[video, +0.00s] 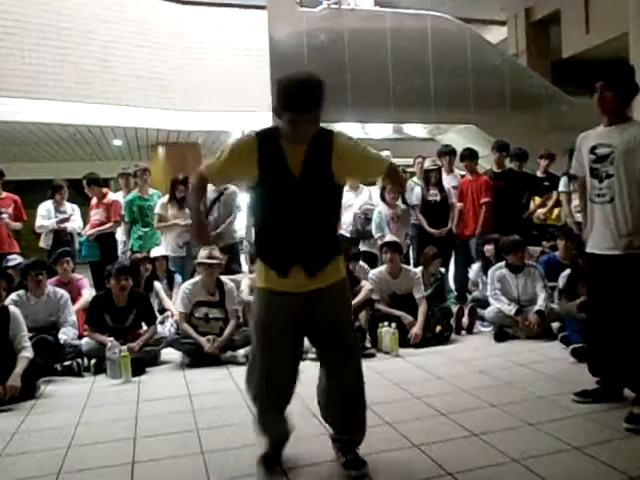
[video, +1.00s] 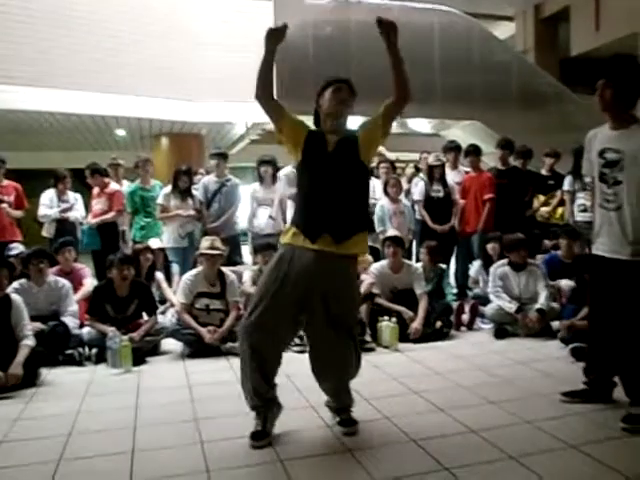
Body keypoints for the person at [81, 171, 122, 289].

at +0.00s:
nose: (86, 192)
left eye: (86, 188)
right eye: (85, 188)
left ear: (94, 187)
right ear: (93, 187)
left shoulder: (113, 201)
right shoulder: (93, 201)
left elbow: (116, 222)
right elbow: (92, 220)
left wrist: (96, 231)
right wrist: (86, 230)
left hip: (107, 237)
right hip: (94, 238)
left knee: (109, 271)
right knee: (96, 272)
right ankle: (101, 300)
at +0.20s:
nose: (86, 193)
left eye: (87, 189)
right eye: (85, 190)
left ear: (94, 188)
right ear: (94, 189)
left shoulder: (114, 203)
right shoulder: (94, 203)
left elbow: (117, 224)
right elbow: (93, 221)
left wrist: (96, 233)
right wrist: (86, 232)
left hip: (107, 239)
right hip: (94, 240)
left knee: (110, 273)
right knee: (97, 275)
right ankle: (102, 302)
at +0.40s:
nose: (89, 191)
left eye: (90, 187)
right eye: (89, 188)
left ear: (98, 187)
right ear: (97, 188)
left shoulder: (116, 202)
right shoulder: (96, 202)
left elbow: (121, 222)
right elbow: (96, 221)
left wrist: (100, 232)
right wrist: (89, 232)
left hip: (111, 238)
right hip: (98, 238)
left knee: (114, 271)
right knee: (101, 273)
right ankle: (106, 298)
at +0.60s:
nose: (96, 190)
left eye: (97, 186)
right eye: (95, 187)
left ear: (104, 185)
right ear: (98, 187)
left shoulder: (121, 197)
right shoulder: (101, 200)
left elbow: (126, 220)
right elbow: (101, 218)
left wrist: (106, 230)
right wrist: (96, 228)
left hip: (117, 235)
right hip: (104, 236)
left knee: (119, 268)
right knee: (108, 269)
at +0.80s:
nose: (96, 182)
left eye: (97, 179)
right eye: (95, 179)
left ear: (105, 178)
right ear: (104, 179)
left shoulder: (122, 191)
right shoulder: (102, 192)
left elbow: (125, 213)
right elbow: (102, 210)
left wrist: (105, 222)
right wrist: (96, 221)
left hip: (116, 227)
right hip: (103, 228)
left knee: (118, 260)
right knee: (105, 261)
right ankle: (110, 287)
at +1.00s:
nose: (88, 181)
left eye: (89, 178)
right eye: (87, 178)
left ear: (97, 177)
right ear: (96, 177)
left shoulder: (115, 190)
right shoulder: (95, 190)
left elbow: (118, 212)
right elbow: (94, 209)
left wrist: (97, 221)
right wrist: (89, 219)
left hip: (109, 226)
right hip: (96, 226)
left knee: (111, 259)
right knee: (98, 259)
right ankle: (102, 286)